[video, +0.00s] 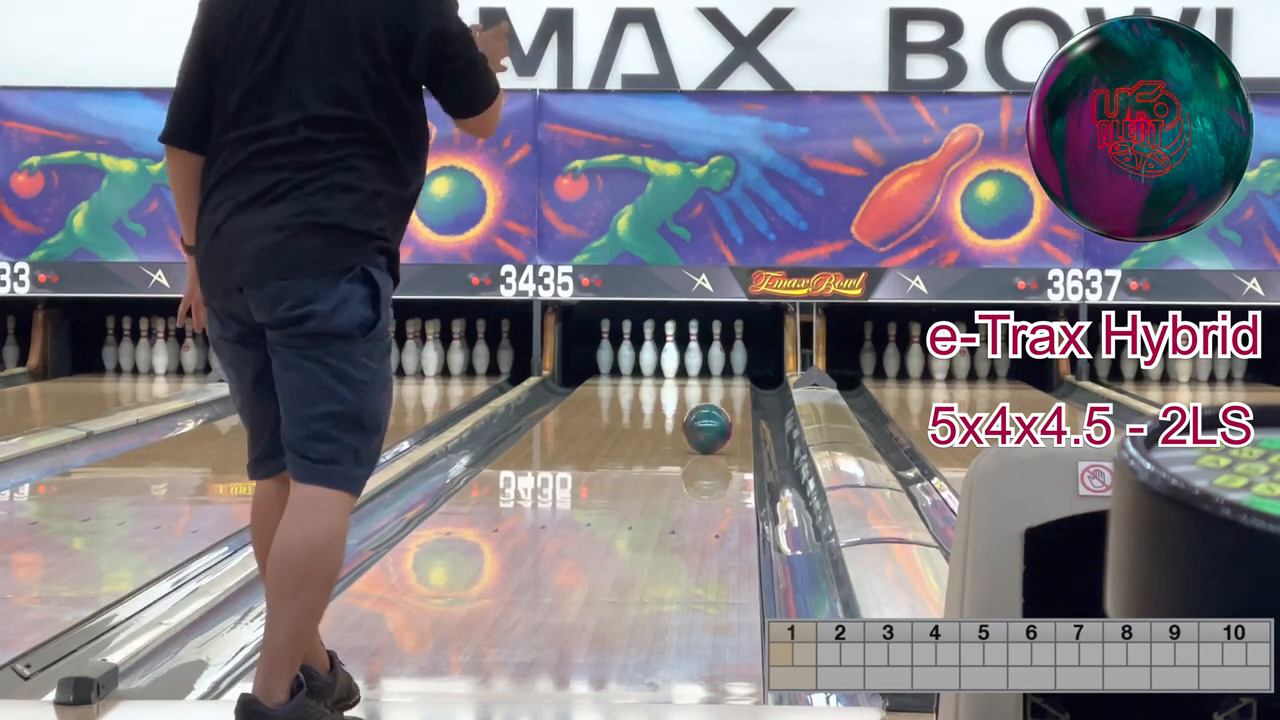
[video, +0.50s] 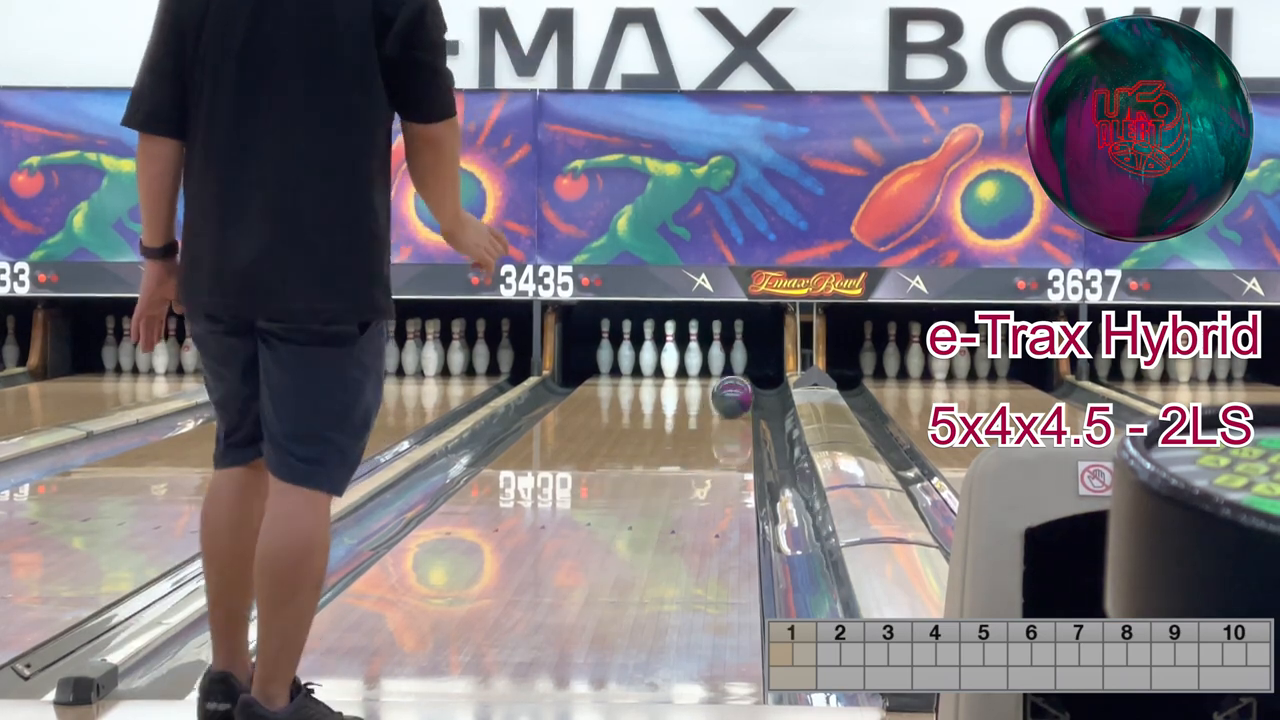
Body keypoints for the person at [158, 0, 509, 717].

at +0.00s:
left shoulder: (230, 3)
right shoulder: (411, 4)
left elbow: (183, 140)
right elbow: (479, 115)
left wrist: (201, 257)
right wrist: (486, 55)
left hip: (226, 254)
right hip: (328, 251)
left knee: (274, 471)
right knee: (328, 477)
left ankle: (309, 663)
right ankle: (269, 694)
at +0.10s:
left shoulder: (220, 3)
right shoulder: (405, 3)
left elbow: (178, 135)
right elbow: (463, 127)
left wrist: (191, 257)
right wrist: (479, 102)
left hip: (223, 250)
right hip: (331, 243)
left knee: (270, 472)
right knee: (324, 478)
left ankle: (309, 662)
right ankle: (269, 697)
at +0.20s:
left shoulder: (212, 3)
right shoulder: (403, 3)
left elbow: (171, 133)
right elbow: (453, 135)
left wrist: (179, 258)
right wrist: (487, 146)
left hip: (222, 248)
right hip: (333, 246)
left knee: (265, 472)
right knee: (319, 478)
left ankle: (302, 652)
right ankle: (270, 697)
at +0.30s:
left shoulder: (203, 3)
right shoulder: (400, 2)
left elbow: (165, 130)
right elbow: (447, 146)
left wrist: (172, 257)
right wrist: (478, 180)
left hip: (223, 250)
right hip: (333, 251)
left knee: (259, 465)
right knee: (311, 479)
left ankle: (293, 659)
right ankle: (270, 698)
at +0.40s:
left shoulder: (198, 2)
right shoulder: (397, 0)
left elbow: (160, 124)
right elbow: (436, 118)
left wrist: (164, 255)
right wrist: (459, 202)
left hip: (224, 254)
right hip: (337, 258)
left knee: (250, 458)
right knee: (307, 479)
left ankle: (253, 667)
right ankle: (271, 695)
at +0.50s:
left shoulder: (194, 3)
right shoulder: (396, 2)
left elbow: (157, 124)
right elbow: (430, 119)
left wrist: (158, 257)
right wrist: (454, 220)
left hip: (218, 257)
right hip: (329, 262)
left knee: (238, 455)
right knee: (303, 479)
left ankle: (228, 673)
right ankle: (271, 696)